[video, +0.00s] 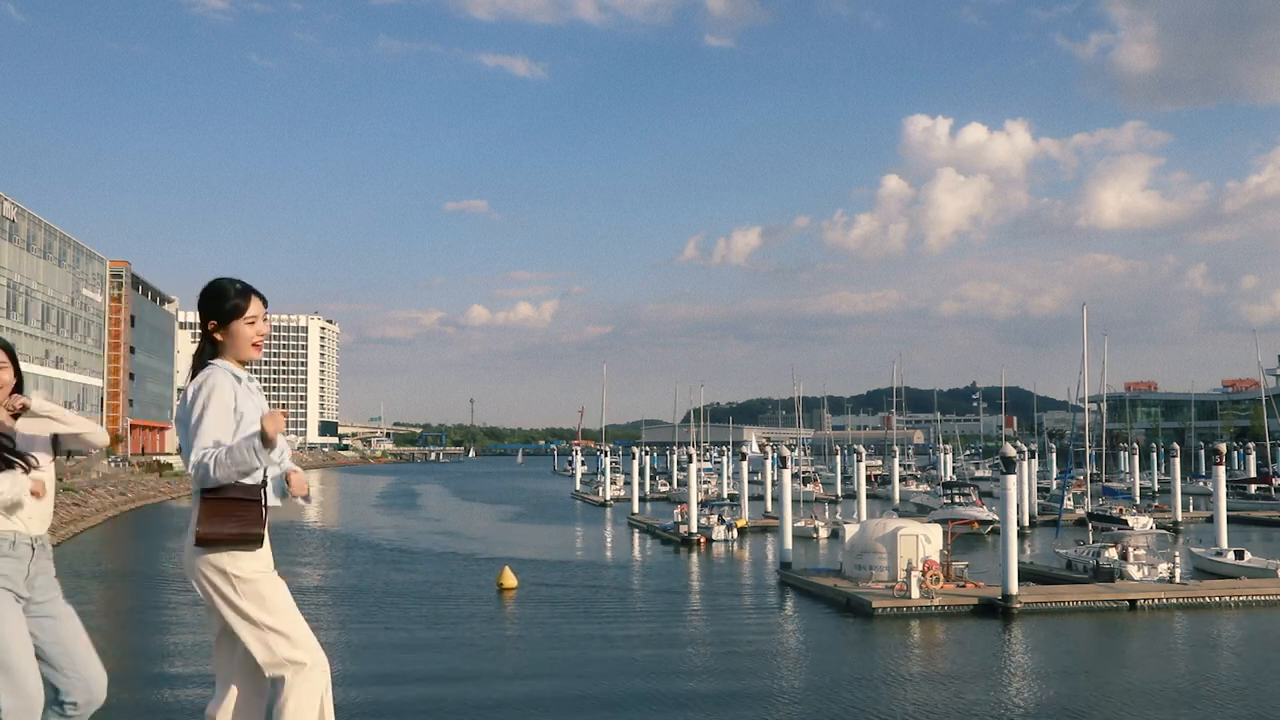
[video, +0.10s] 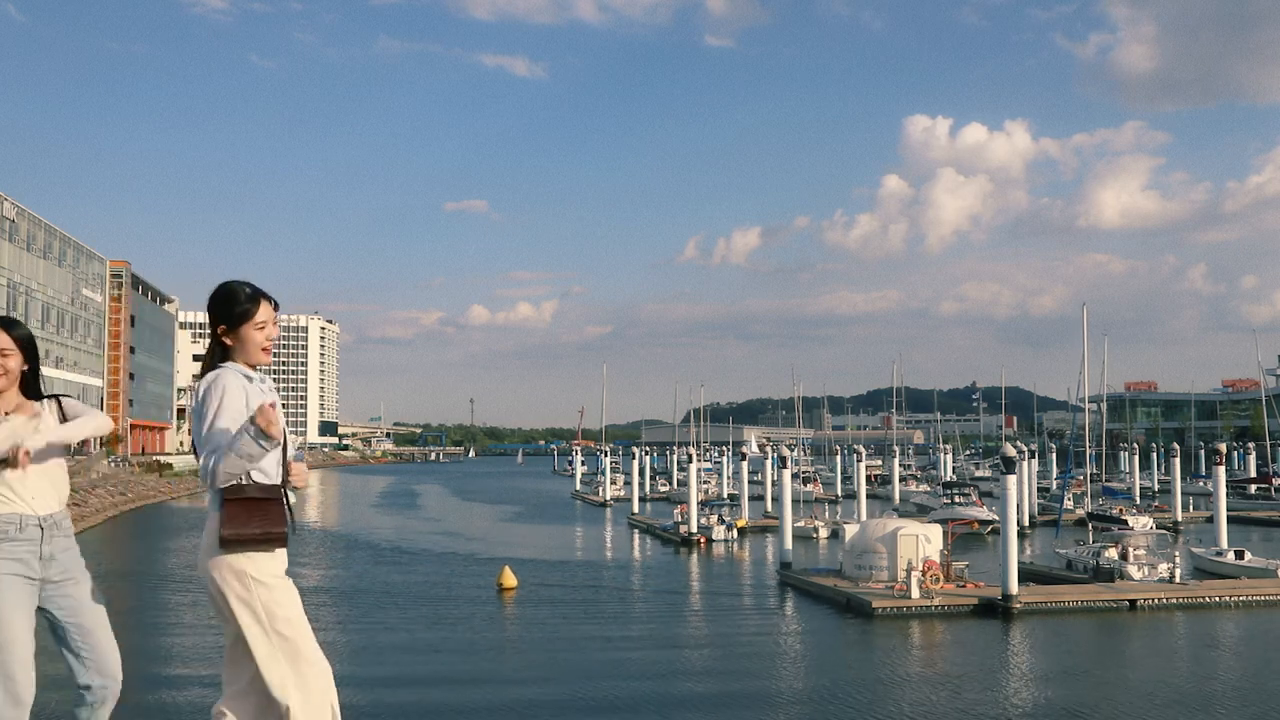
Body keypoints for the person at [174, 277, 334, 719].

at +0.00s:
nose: (263, 330)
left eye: (264, 320)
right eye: (252, 321)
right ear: (218, 329)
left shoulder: (245, 383)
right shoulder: (215, 381)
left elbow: (258, 459)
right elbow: (201, 467)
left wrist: (288, 472)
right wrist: (260, 441)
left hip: (245, 543)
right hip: (226, 548)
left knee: (241, 680)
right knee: (305, 666)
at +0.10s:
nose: (272, 336)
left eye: (274, 326)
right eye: (261, 327)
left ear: (274, 327)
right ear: (227, 334)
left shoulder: (260, 383)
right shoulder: (224, 383)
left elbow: (259, 461)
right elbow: (213, 471)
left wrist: (291, 469)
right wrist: (258, 437)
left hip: (260, 548)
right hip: (240, 552)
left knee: (247, 687)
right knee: (310, 681)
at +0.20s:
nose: (283, 350)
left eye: (283, 339)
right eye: (270, 343)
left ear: (286, 339)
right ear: (238, 354)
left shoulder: (273, 403)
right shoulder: (234, 405)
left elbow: (266, 482)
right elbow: (217, 491)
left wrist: (298, 501)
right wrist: (283, 481)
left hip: (274, 552)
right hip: (250, 557)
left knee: (266, 691)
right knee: (326, 683)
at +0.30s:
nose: (294, 349)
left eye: (294, 339)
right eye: (281, 342)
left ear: (296, 340)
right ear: (248, 352)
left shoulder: (282, 405)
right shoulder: (244, 406)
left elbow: (275, 486)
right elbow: (226, 492)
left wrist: (308, 504)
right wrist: (299, 477)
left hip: (285, 555)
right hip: (258, 561)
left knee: (277, 695)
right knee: (333, 685)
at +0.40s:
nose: (303, 338)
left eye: (304, 328)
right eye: (291, 330)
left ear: (306, 332)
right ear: (258, 339)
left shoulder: (295, 395)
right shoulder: (250, 393)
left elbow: (300, 472)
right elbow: (239, 477)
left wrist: (328, 493)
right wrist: (313, 450)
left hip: (299, 545)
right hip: (267, 548)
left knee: (279, 685)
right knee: (327, 681)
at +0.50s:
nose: (313, 336)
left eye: (315, 325)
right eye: (301, 326)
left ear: (316, 329)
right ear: (268, 335)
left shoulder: (305, 392)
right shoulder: (257, 391)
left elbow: (312, 468)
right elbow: (246, 478)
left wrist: (340, 488)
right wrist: (321, 450)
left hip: (310, 543)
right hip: (277, 546)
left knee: (280, 683)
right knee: (332, 685)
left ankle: (246, 713)